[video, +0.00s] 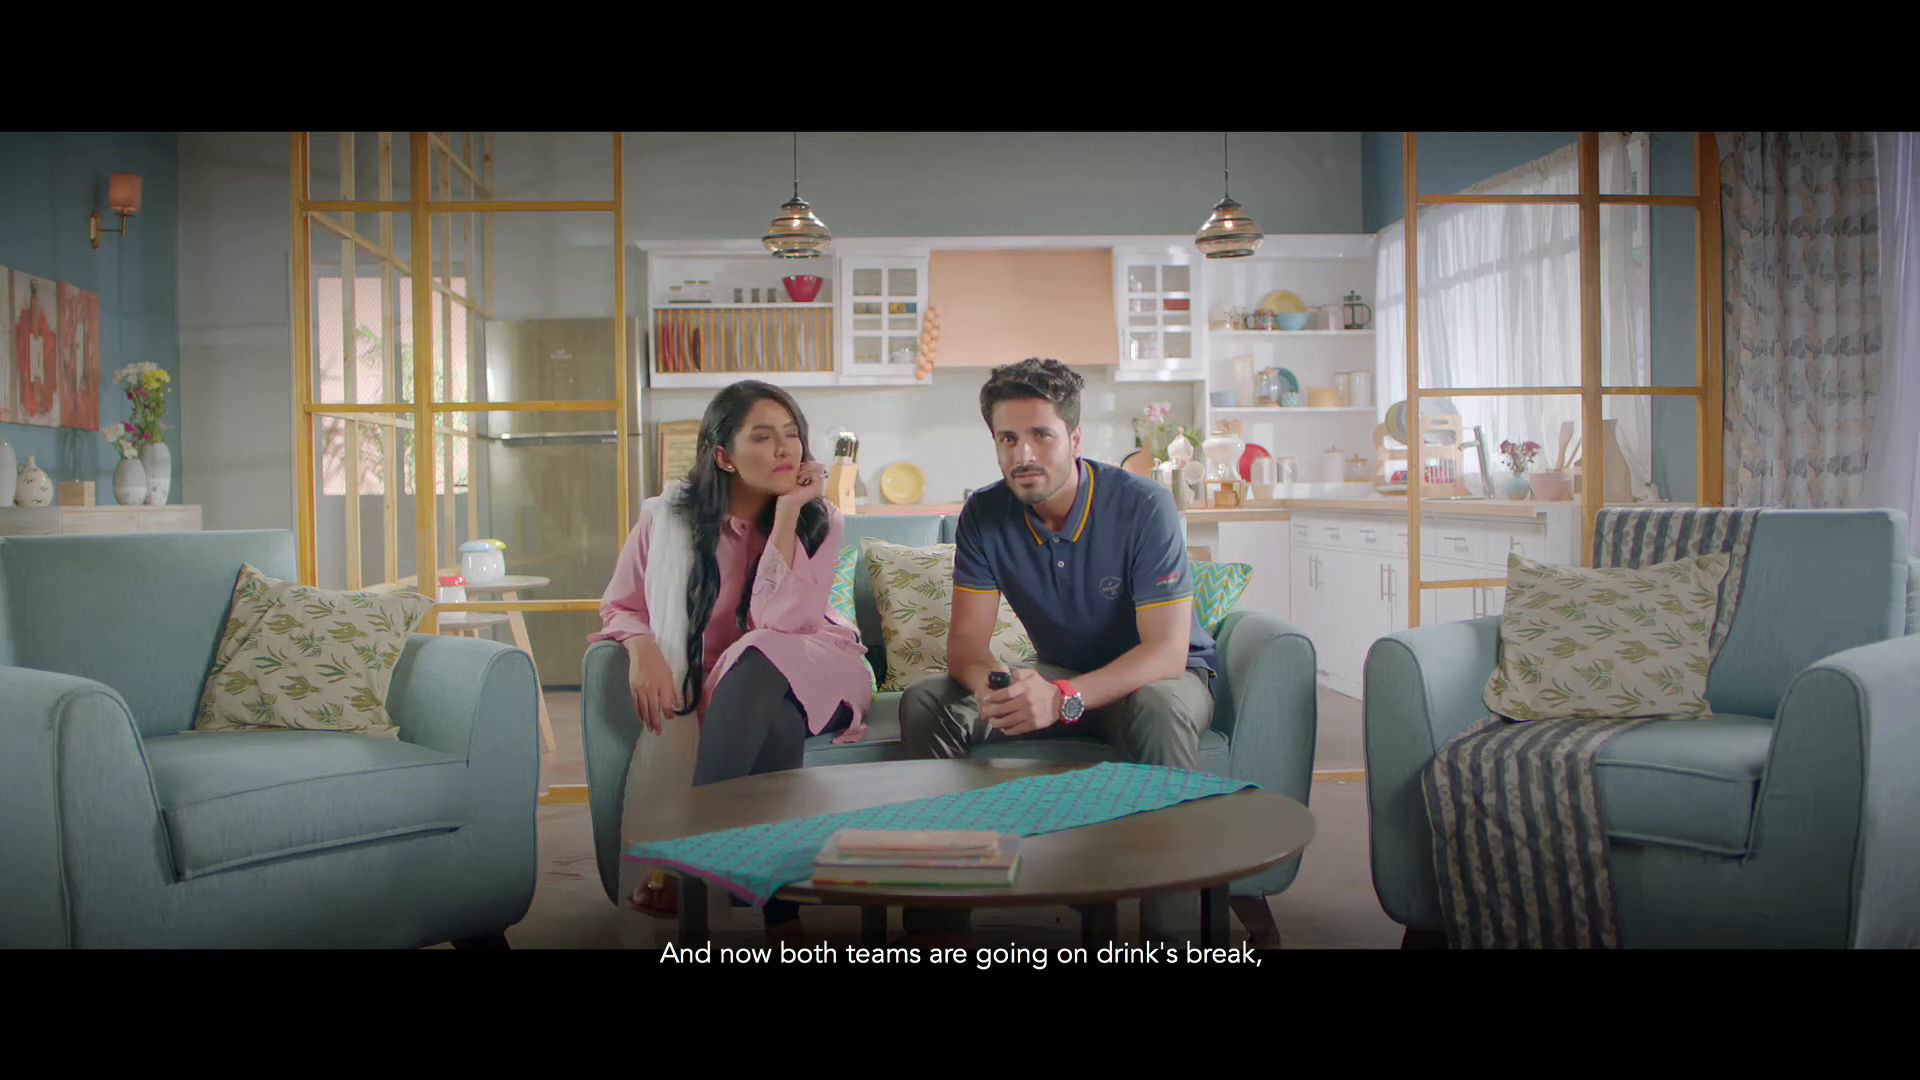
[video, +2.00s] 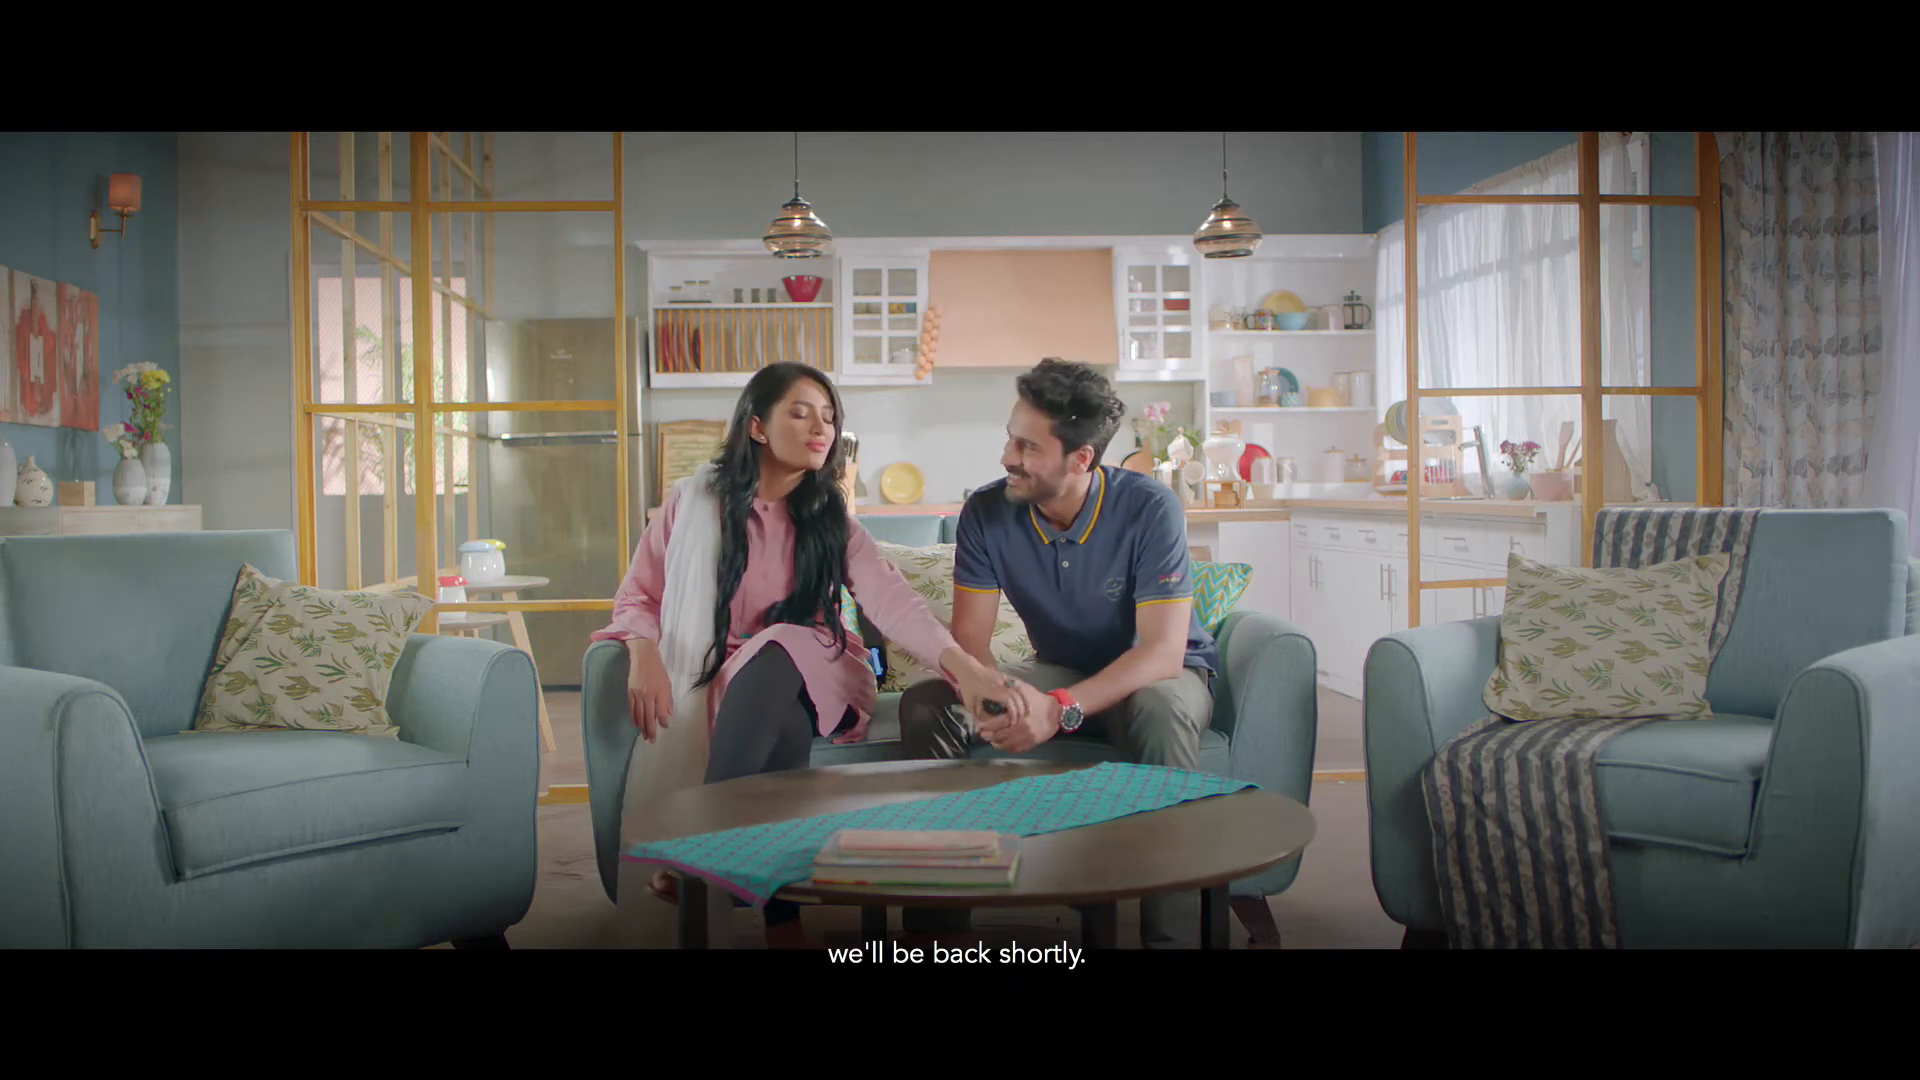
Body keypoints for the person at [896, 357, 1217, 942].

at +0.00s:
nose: (1023, 454)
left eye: (1040, 436)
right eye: (1008, 438)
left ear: (1075, 440)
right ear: (994, 443)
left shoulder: (1143, 508)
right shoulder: (985, 515)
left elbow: (1167, 654)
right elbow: (966, 647)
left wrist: (1064, 698)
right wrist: (996, 686)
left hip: (1157, 676)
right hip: (1059, 678)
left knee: (1157, 709)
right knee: (926, 702)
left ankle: (1171, 922)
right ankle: (942, 897)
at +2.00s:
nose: (1007, 458)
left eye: (1026, 448)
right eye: (1009, 439)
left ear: (1081, 459)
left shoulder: (1148, 508)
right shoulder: (986, 512)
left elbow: (1161, 653)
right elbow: (969, 643)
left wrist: (1063, 708)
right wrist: (987, 695)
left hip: (1154, 678)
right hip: (1060, 674)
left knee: (1159, 709)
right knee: (927, 705)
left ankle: (1170, 930)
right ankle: (940, 904)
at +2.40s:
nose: (1003, 458)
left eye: (1018, 449)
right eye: (1007, 441)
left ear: (1072, 463)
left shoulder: (1154, 509)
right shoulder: (992, 514)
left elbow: (1166, 654)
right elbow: (969, 642)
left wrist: (1052, 693)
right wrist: (913, 651)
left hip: (1157, 677)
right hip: (1061, 674)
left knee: (1155, 711)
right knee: (929, 703)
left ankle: (1166, 928)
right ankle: (940, 917)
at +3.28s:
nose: (1049, 486)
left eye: (1069, 474)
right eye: (1040, 465)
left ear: (1116, 459)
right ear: (1035, 442)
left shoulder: (1174, 508)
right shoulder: (1015, 503)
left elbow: (1169, 653)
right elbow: (1000, 619)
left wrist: (1057, 683)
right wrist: (970, 675)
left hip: (1154, 680)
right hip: (1058, 680)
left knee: (1153, 708)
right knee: (936, 705)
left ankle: (1172, 929)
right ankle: (949, 915)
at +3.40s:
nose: (1117, 495)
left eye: (1138, 479)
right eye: (1103, 471)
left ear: (1169, 467)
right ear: (1085, 448)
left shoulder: (1209, 525)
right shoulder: (1044, 492)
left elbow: (1195, 670)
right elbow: (1021, 612)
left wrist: (1096, 693)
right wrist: (1011, 676)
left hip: (1164, 673)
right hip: (1066, 658)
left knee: (1152, 731)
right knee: (954, 715)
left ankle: (1162, 922)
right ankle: (962, 916)